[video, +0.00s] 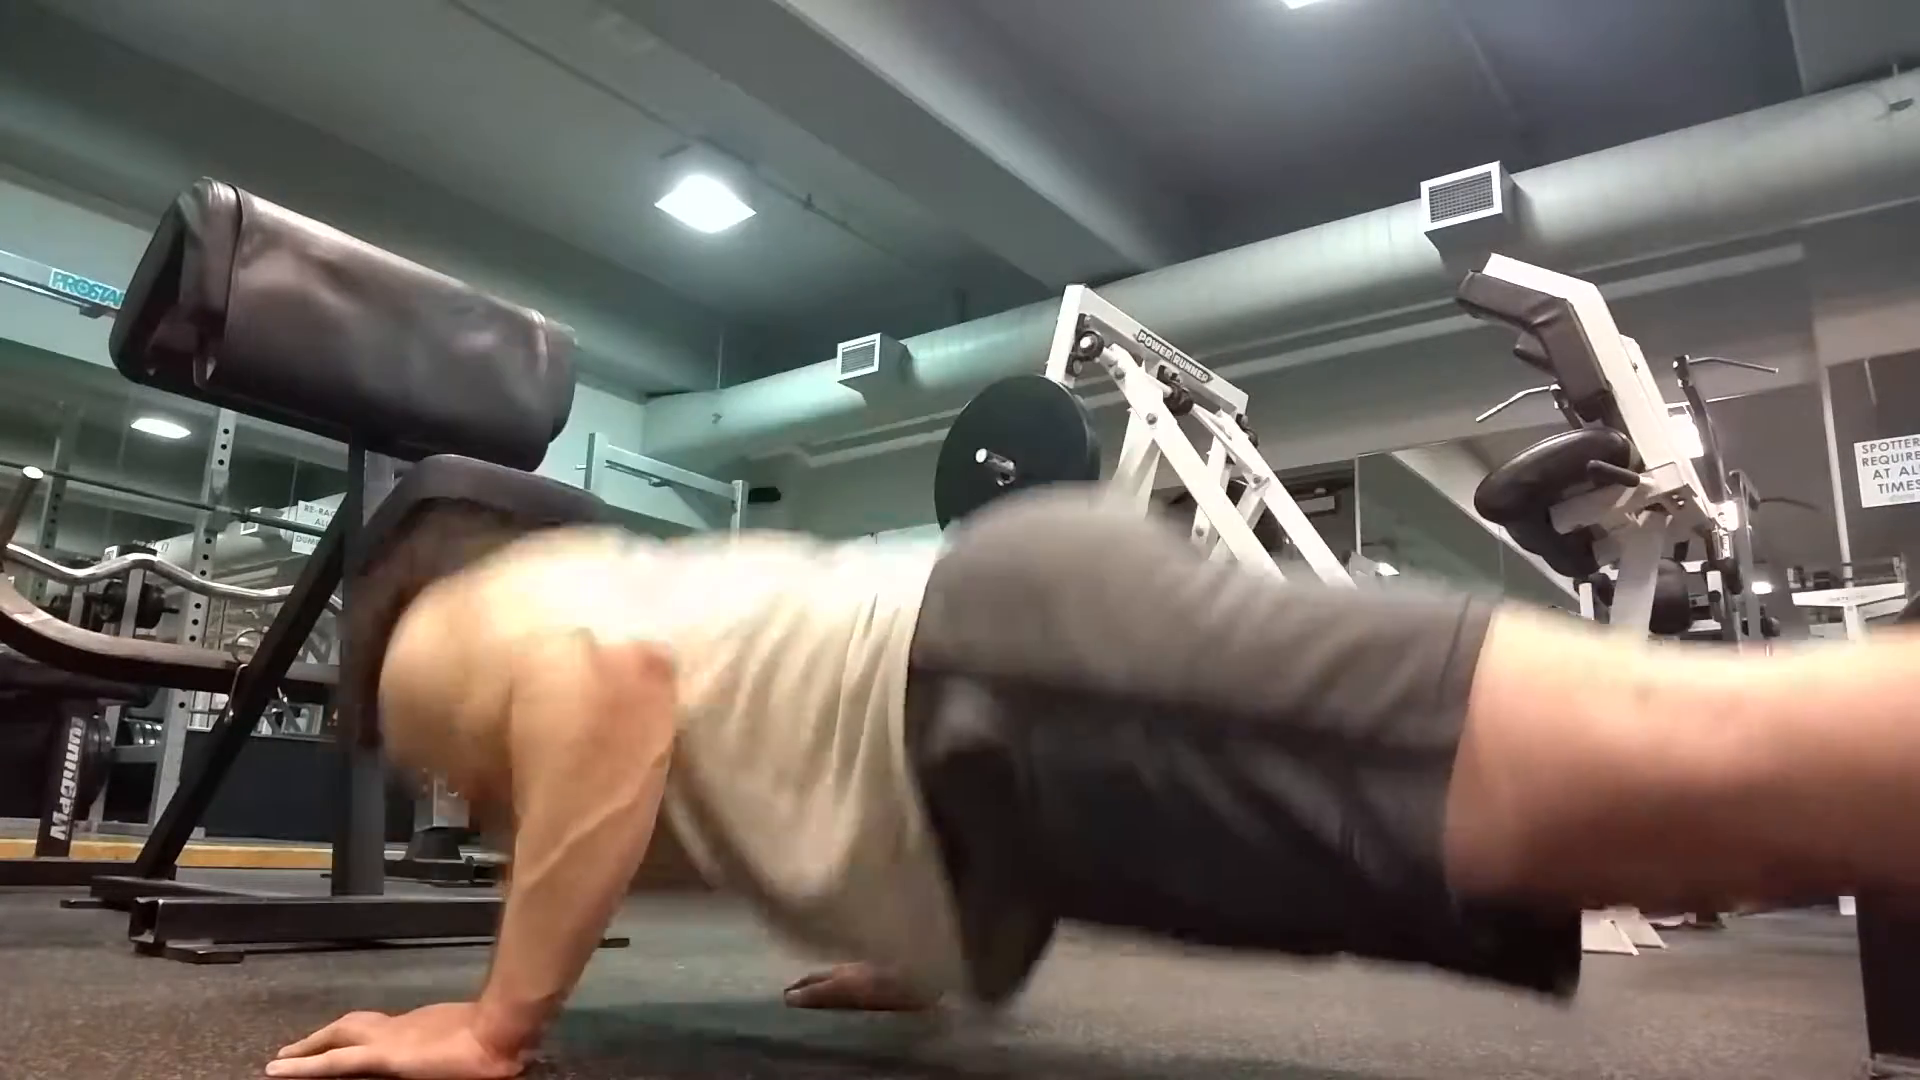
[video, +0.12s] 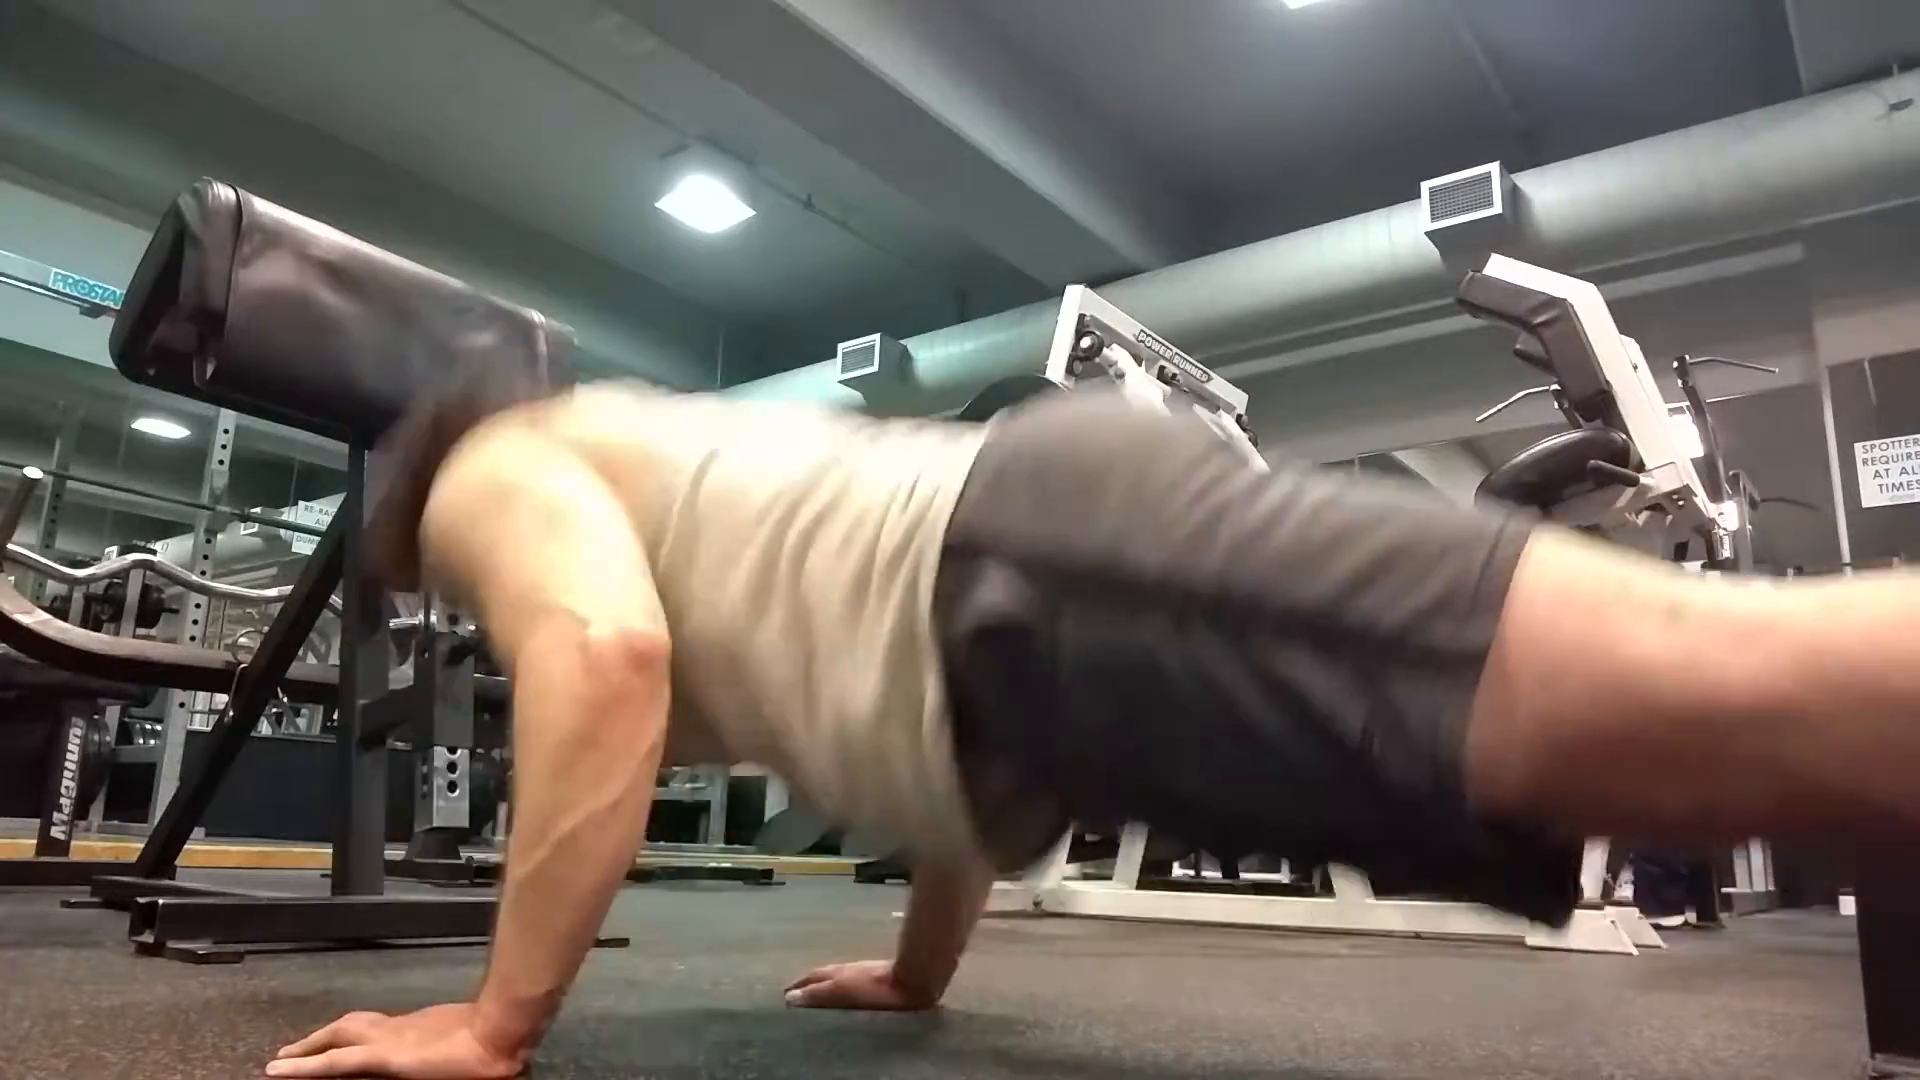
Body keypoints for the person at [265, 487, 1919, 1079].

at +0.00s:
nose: (411, 747)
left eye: (397, 711)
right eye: (402, 731)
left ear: (411, 616)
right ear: (516, 559)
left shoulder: (449, 630)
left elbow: (609, 700)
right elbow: (863, 698)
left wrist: (496, 1020)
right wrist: (909, 940)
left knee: (1682, 758)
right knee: (1670, 847)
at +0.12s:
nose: (404, 590)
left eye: (400, 553)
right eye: (400, 571)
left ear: (415, 456)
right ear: (529, 394)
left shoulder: (496, 462)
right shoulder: (696, 470)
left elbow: (603, 661)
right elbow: (912, 687)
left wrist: (503, 1011)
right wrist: (922, 968)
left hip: (1041, 561)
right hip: (1077, 628)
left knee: (1726, 693)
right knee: (1705, 758)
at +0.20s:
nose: (403, 524)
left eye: (396, 485)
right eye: (396, 507)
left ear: (413, 393)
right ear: (514, 385)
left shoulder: (518, 393)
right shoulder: (705, 419)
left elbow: (592, 641)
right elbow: (918, 673)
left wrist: (497, 1016)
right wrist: (919, 965)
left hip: (1049, 507)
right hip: (1066, 579)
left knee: (1735, 661)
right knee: (1698, 715)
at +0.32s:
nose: (430, 540)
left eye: (419, 502)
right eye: (420, 525)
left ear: (428, 407)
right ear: (533, 388)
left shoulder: (527, 398)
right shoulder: (721, 422)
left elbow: (602, 644)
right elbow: (921, 688)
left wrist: (500, 1014)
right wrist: (921, 967)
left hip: (1057, 516)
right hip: (1070, 577)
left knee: (1735, 664)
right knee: (1706, 728)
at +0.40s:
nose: (412, 588)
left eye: (403, 551)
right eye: (403, 570)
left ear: (425, 461)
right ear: (540, 402)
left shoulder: (515, 458)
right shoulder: (712, 468)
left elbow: (616, 661)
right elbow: (944, 717)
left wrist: (501, 1013)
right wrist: (920, 971)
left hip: (1039, 587)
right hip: (1059, 621)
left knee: (1720, 702)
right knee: (1700, 745)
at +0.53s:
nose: (404, 734)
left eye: (390, 695)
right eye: (394, 717)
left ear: (395, 610)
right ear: (498, 545)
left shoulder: (463, 600)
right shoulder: (640, 570)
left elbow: (624, 698)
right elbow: (885, 700)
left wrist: (492, 1024)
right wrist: (926, 957)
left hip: (1000, 724)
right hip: (1022, 732)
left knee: (1676, 812)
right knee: (1662, 825)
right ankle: (1876, 860)